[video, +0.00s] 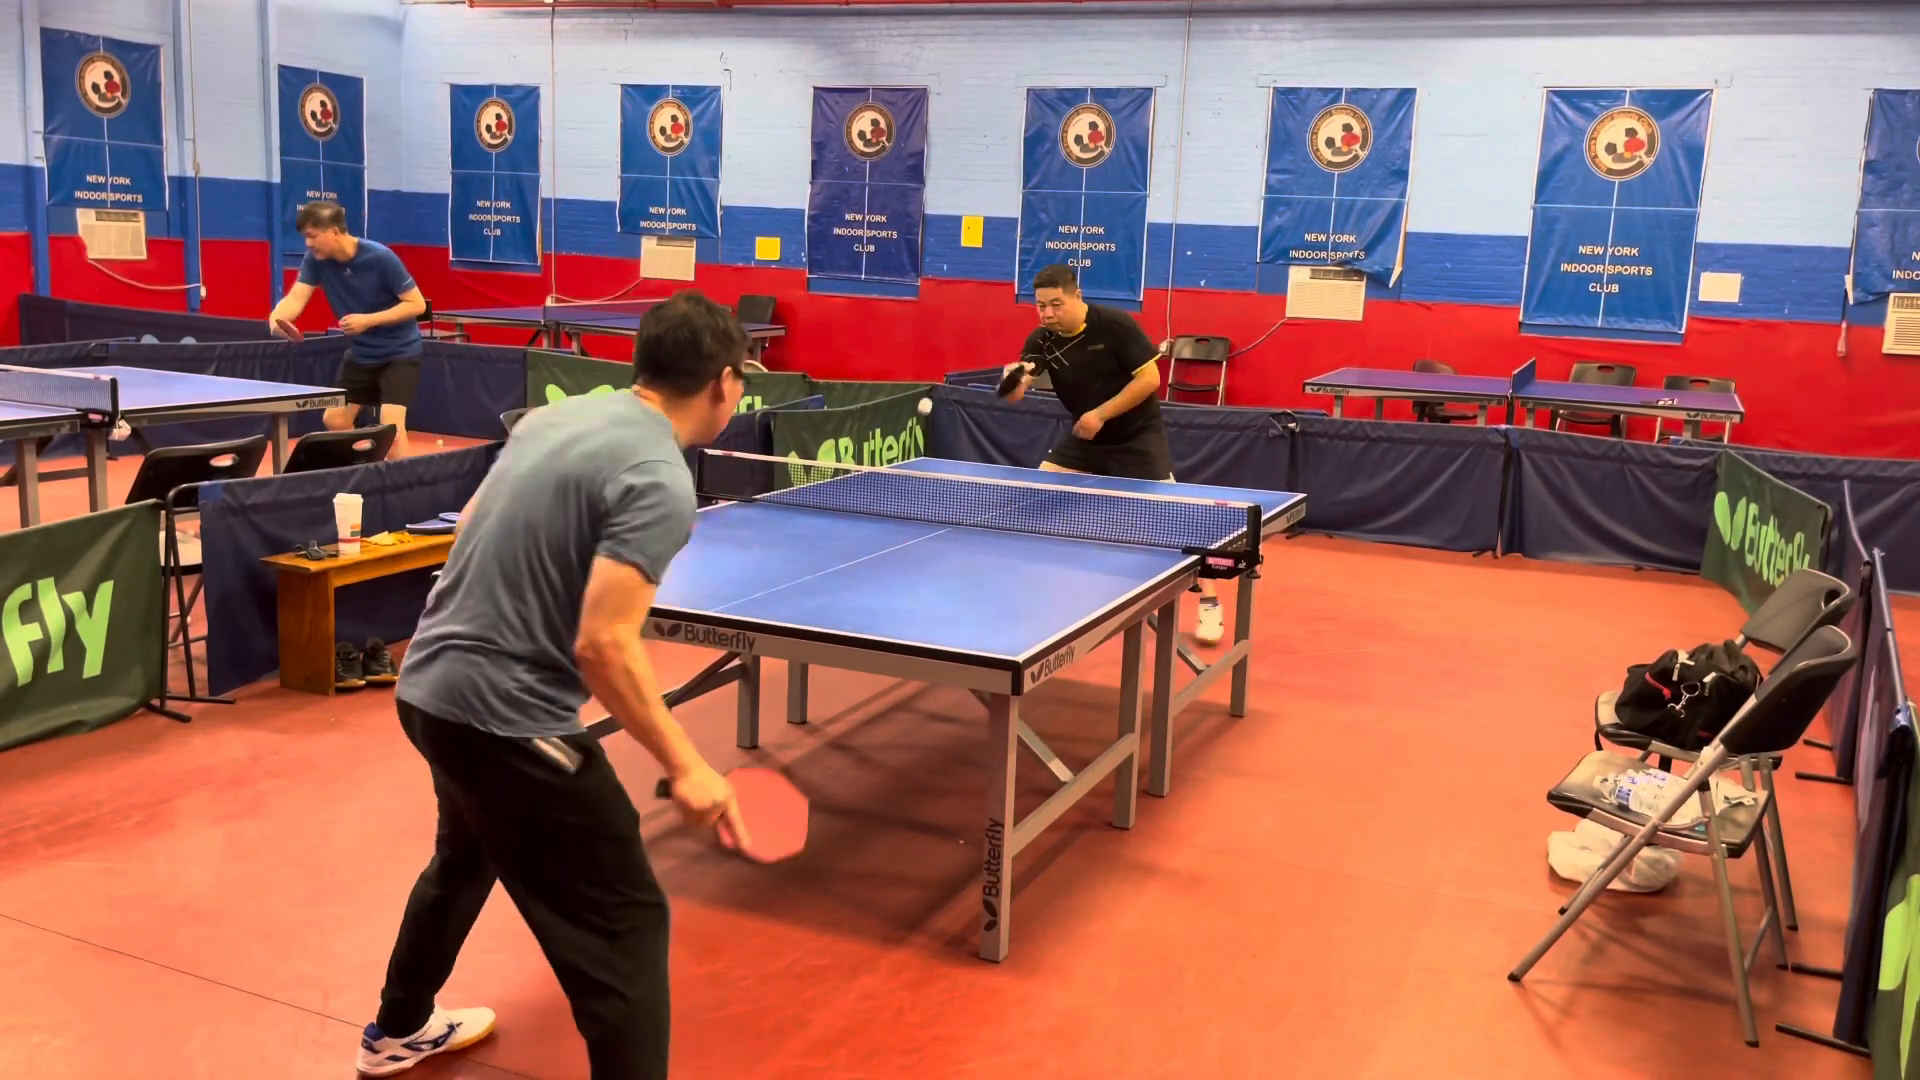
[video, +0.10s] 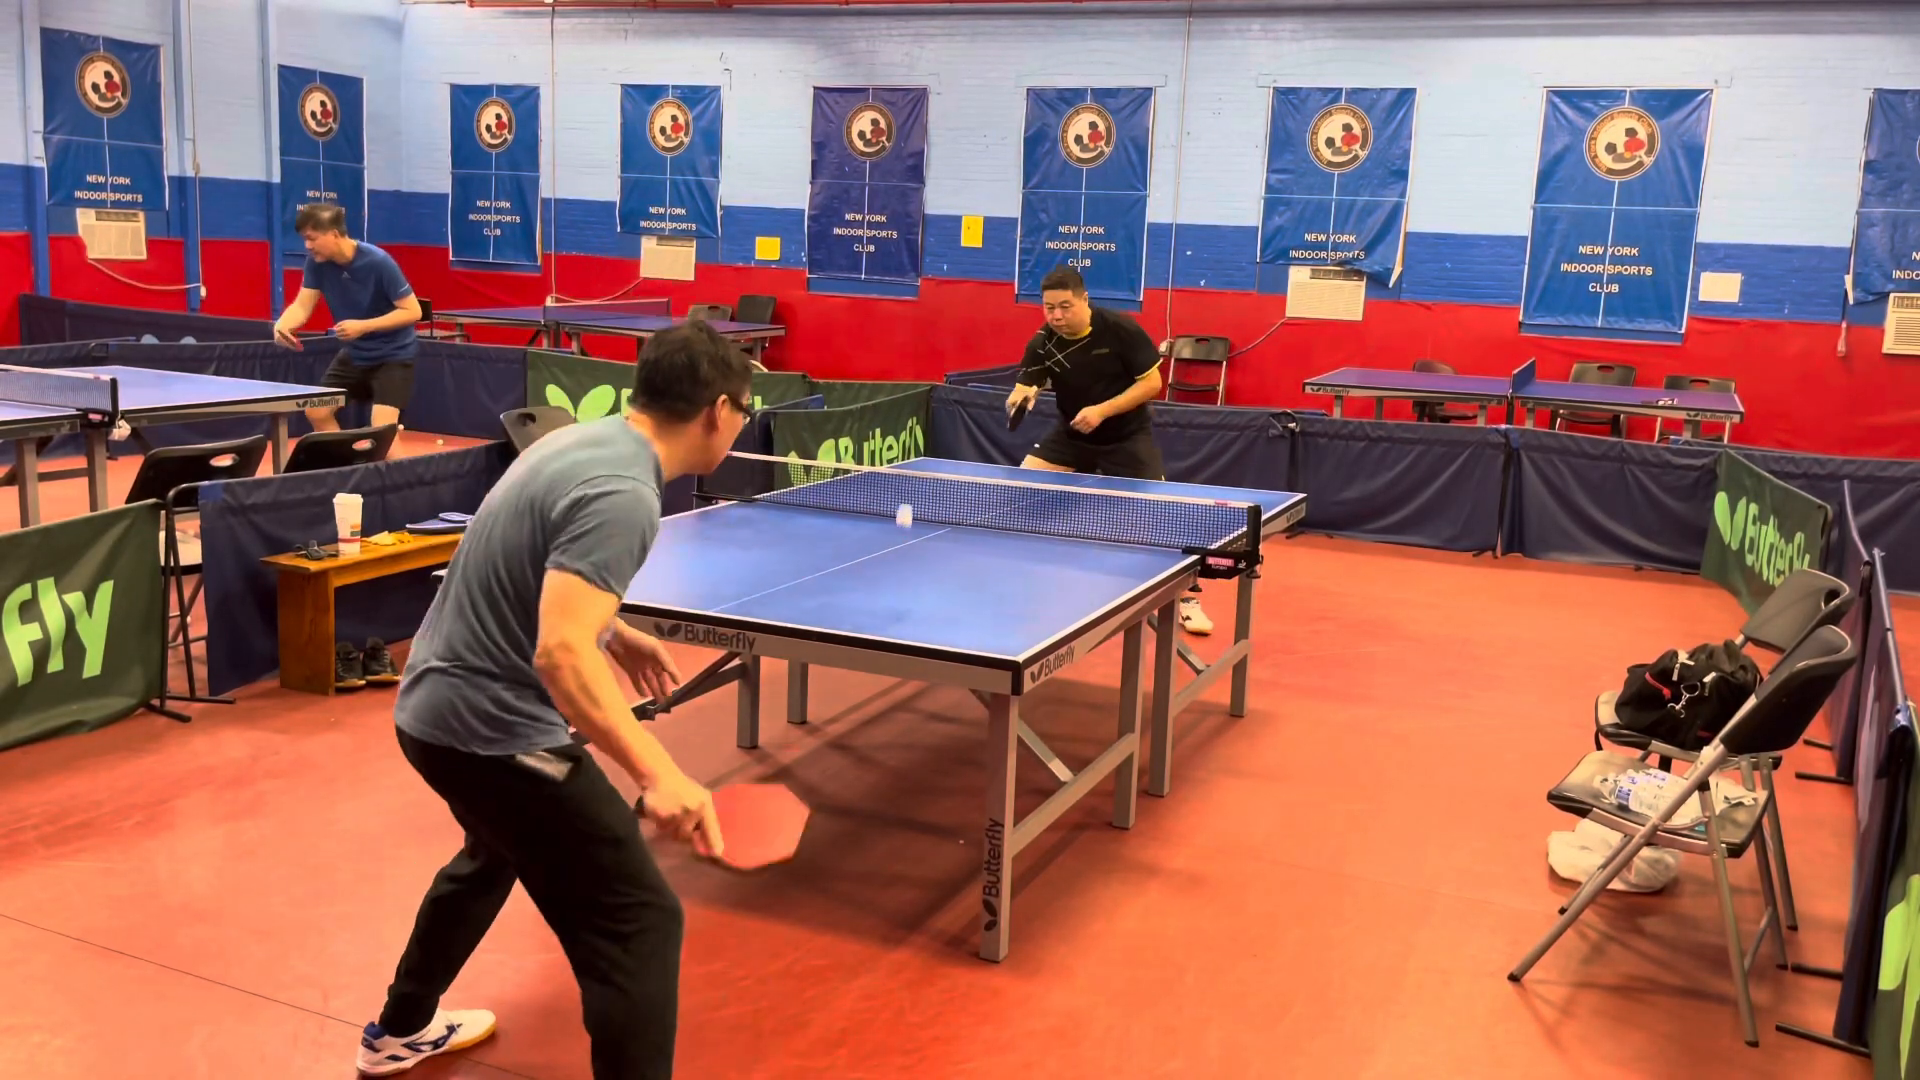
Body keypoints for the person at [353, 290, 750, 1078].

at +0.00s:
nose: (737, 403)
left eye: (740, 386)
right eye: (738, 386)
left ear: (644, 367)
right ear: (720, 384)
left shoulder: (550, 416)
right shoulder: (660, 475)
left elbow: (467, 531)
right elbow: (603, 644)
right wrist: (685, 767)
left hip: (431, 689)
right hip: (515, 717)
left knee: (464, 858)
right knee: (625, 922)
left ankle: (398, 1028)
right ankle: (631, 1068)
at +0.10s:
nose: (737, 430)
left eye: (741, 414)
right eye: (740, 413)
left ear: (647, 393)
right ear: (715, 411)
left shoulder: (578, 442)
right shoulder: (625, 493)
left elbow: (524, 571)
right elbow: (562, 654)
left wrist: (612, 631)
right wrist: (659, 776)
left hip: (432, 709)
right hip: (500, 731)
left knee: (495, 850)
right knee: (640, 921)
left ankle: (400, 1029)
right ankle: (634, 1067)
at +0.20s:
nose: (725, 425)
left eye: (729, 407)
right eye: (727, 406)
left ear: (633, 387)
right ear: (695, 402)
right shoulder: (610, 481)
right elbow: (586, 653)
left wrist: (669, 660)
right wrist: (734, 688)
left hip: (437, 714)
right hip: (506, 732)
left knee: (501, 846)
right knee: (652, 921)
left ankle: (400, 1027)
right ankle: (644, 1071)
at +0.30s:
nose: (702, 382)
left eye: (705, 364)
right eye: (703, 363)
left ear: (603, 347)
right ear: (669, 357)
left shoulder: (515, 404)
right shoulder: (623, 449)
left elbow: (497, 542)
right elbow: (706, 592)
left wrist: (596, 607)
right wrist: (804, 541)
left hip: (434, 689)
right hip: (516, 710)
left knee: (481, 848)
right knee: (633, 912)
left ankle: (400, 1028)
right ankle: (641, 1071)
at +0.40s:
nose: (692, 342)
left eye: (693, 324)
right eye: (689, 324)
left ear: (590, 316)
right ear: (657, 326)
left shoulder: (485, 386)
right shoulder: (649, 425)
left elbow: (449, 519)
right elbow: (741, 513)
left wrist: (576, 589)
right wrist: (783, 425)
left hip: (426, 679)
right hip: (524, 695)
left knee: (443, 851)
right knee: (622, 901)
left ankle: (399, 1025)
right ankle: (642, 1070)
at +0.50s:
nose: (682, 343)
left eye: (683, 325)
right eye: (681, 326)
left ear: (583, 318)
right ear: (656, 329)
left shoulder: (476, 387)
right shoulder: (654, 427)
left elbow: (422, 517)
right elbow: (735, 507)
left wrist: (523, 515)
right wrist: (767, 420)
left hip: (438, 697)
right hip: (548, 710)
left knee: (429, 870)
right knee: (635, 916)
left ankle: (399, 1027)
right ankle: (650, 1070)